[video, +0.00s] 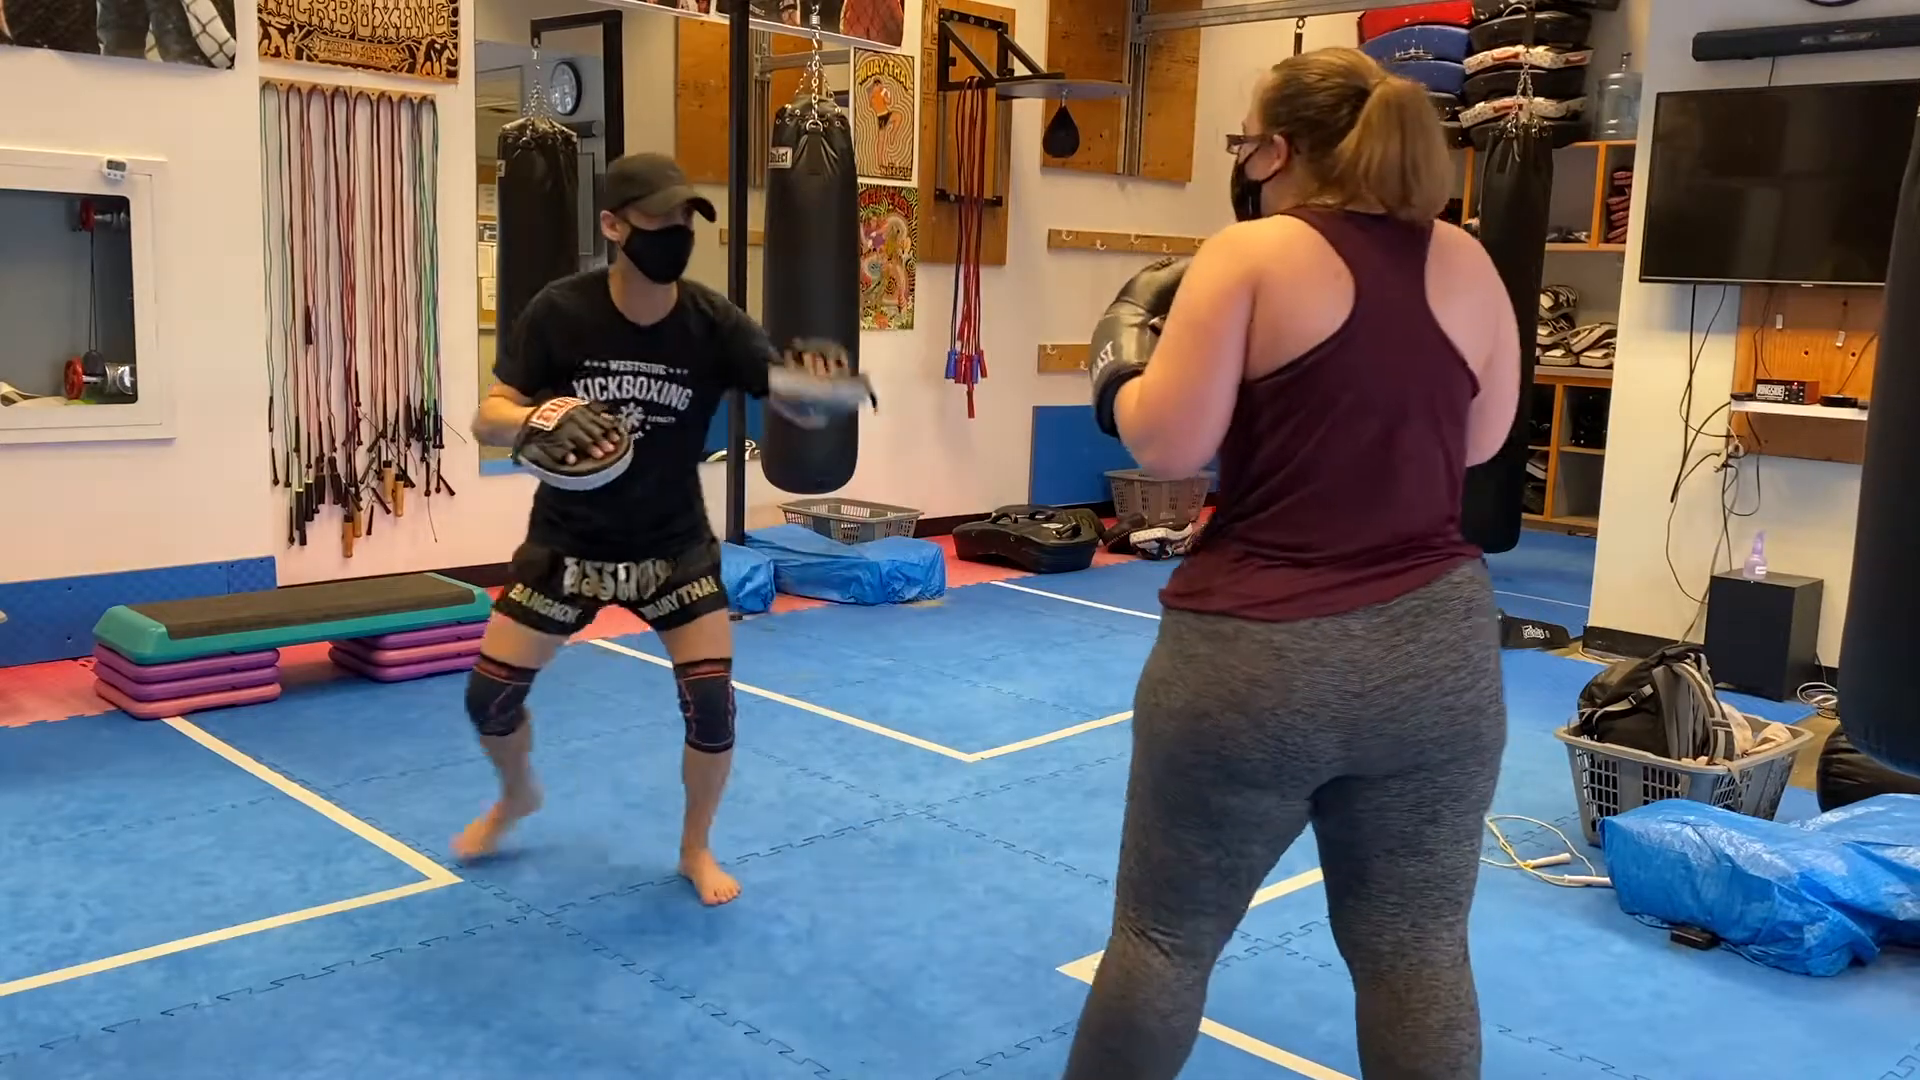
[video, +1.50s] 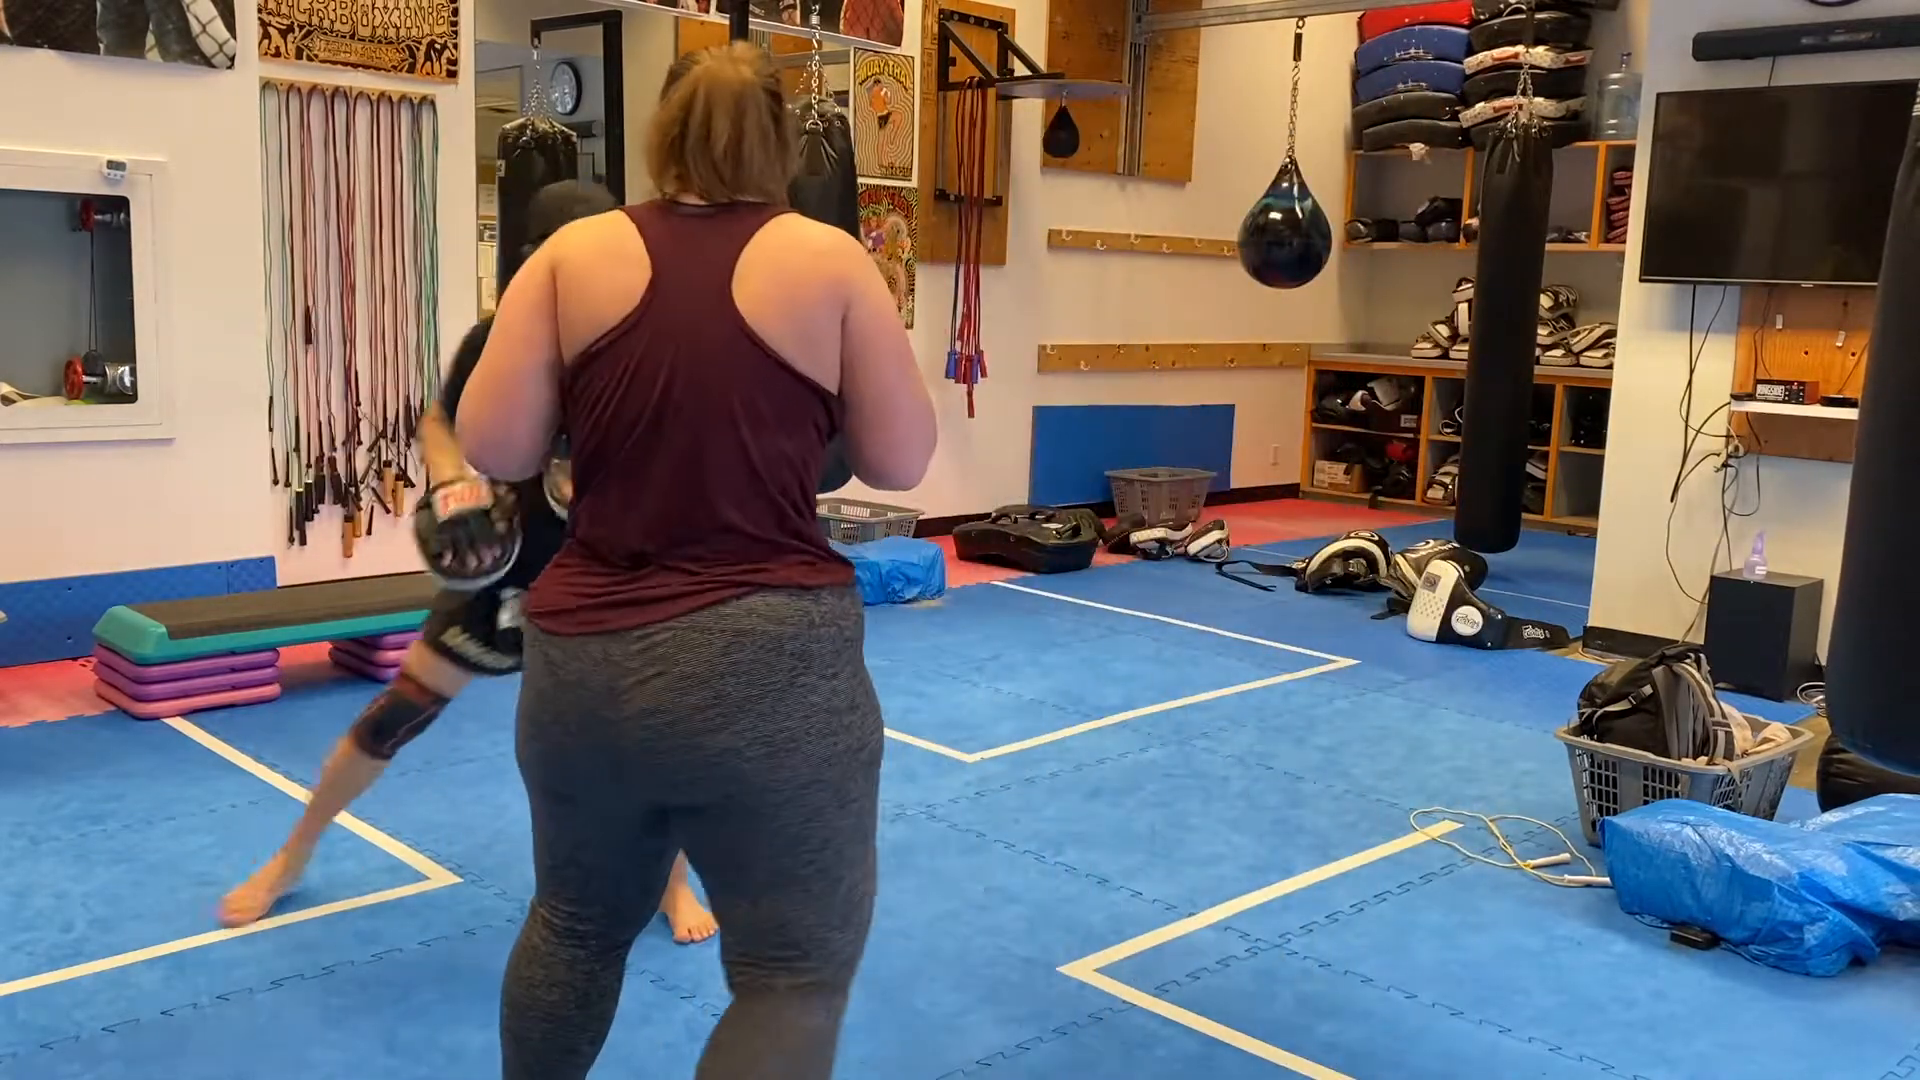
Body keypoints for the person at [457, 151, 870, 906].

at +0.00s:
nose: (678, 232)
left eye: (685, 218)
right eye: (659, 219)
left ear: (695, 222)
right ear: (614, 225)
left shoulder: (714, 321)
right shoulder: (560, 312)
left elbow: (796, 395)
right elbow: (490, 418)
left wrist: (819, 387)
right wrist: (541, 417)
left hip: (673, 540)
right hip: (568, 538)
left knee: (714, 704)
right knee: (489, 698)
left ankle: (696, 848)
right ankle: (519, 795)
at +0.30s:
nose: (568, 220)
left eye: (574, 204)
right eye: (548, 206)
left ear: (586, 204)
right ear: (499, 212)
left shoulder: (607, 305)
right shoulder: (450, 310)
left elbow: (721, 326)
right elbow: (383, 421)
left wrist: (722, 248)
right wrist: (460, 400)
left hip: (578, 544)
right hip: (469, 552)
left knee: (662, 696)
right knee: (412, 728)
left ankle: (664, 836)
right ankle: (411, 840)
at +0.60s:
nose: (562, 223)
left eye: (569, 206)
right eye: (542, 210)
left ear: (581, 204)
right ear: (490, 214)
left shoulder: (611, 312)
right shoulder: (439, 317)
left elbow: (731, 347)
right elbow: (354, 424)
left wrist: (706, 255)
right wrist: (421, 416)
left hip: (573, 563)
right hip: (458, 566)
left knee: (620, 738)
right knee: (398, 743)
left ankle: (650, 916)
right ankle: (411, 833)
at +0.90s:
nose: (510, 244)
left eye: (517, 227)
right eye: (491, 232)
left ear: (527, 223)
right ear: (441, 234)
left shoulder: (567, 324)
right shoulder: (395, 333)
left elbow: (685, 352)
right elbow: (309, 453)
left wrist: (677, 279)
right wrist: (366, 455)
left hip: (534, 580)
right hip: (416, 583)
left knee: (596, 744)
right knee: (318, 751)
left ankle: (646, 913)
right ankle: (263, 873)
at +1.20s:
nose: (449, 259)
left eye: (460, 241)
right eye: (429, 246)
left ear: (473, 235)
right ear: (381, 243)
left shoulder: (501, 333)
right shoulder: (336, 334)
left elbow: (608, 394)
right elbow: (273, 454)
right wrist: (330, 464)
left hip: (486, 560)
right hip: (371, 570)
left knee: (575, 728)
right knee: (285, 742)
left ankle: (639, 883)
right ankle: (266, 872)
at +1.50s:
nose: (577, 276)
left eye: (592, 257)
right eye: (562, 258)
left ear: (611, 258)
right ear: (532, 259)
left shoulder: (643, 342)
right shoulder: (501, 338)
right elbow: (438, 419)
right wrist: (455, 483)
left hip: (614, 566)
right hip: (514, 558)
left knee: (649, 716)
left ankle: (673, 872)